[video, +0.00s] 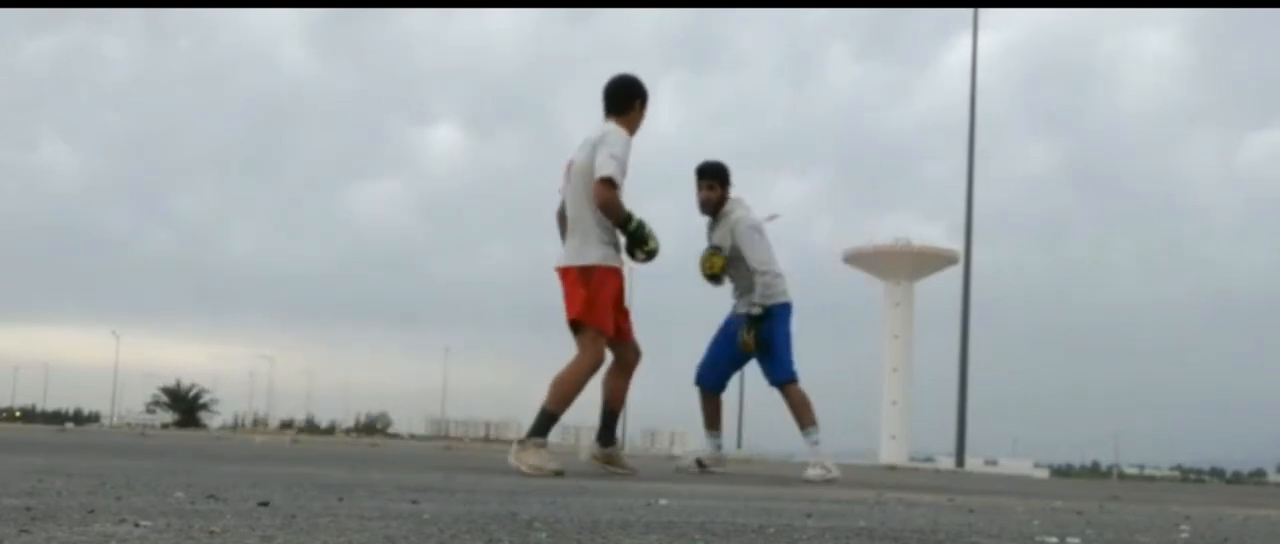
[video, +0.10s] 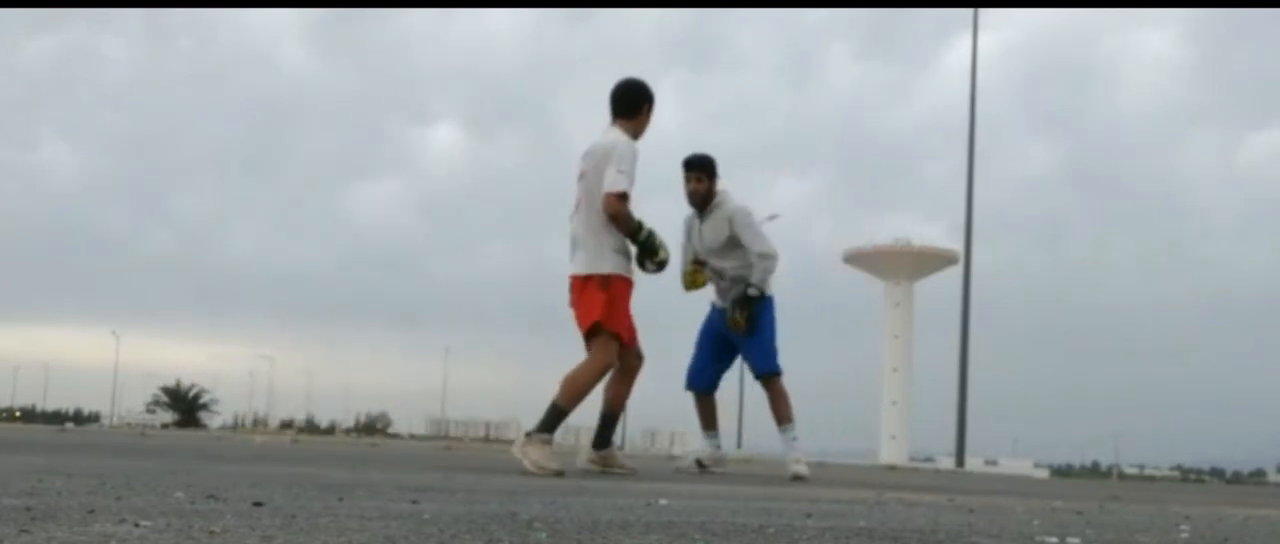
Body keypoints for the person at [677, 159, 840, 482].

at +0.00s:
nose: (701, 197)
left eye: (707, 190)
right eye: (699, 190)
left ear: (722, 190)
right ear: (700, 191)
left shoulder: (742, 221)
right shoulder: (717, 223)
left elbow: (767, 272)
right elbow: (718, 266)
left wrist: (754, 315)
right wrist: (713, 267)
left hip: (770, 307)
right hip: (743, 307)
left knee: (784, 379)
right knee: (708, 378)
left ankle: (819, 457)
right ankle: (713, 452)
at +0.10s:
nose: (693, 188)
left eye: (700, 181)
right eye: (689, 181)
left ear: (713, 183)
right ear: (684, 184)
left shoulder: (735, 213)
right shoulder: (692, 222)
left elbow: (766, 255)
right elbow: (689, 273)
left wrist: (751, 295)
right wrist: (695, 275)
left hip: (753, 303)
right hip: (722, 307)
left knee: (768, 375)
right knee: (700, 381)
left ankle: (793, 453)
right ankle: (713, 451)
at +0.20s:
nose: (687, 180)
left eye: (694, 173)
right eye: (683, 173)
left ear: (707, 175)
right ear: (678, 176)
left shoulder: (732, 205)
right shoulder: (676, 217)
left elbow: (766, 242)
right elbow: (665, 255)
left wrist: (739, 268)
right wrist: (670, 283)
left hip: (739, 300)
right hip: (703, 303)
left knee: (745, 370)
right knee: (697, 378)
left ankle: (758, 451)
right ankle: (712, 449)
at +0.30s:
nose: (688, 178)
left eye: (694, 171)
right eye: (683, 171)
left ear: (704, 172)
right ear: (675, 174)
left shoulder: (727, 204)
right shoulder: (670, 210)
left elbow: (754, 244)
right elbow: (651, 254)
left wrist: (718, 256)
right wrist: (653, 293)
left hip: (724, 299)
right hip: (688, 301)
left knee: (725, 372)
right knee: (695, 378)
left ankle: (714, 440)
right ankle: (710, 445)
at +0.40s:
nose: (688, 181)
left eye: (693, 174)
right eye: (683, 174)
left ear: (702, 177)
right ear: (673, 177)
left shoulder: (718, 209)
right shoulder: (664, 210)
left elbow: (736, 252)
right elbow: (647, 241)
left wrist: (710, 251)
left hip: (711, 300)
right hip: (676, 300)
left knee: (710, 376)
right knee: (690, 378)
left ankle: (680, 431)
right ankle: (709, 443)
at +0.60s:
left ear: (685, 191)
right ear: (657, 191)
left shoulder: (697, 223)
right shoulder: (646, 220)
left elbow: (703, 274)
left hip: (676, 309)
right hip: (648, 307)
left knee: (677, 386)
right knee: (656, 372)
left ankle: (642, 447)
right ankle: (667, 441)